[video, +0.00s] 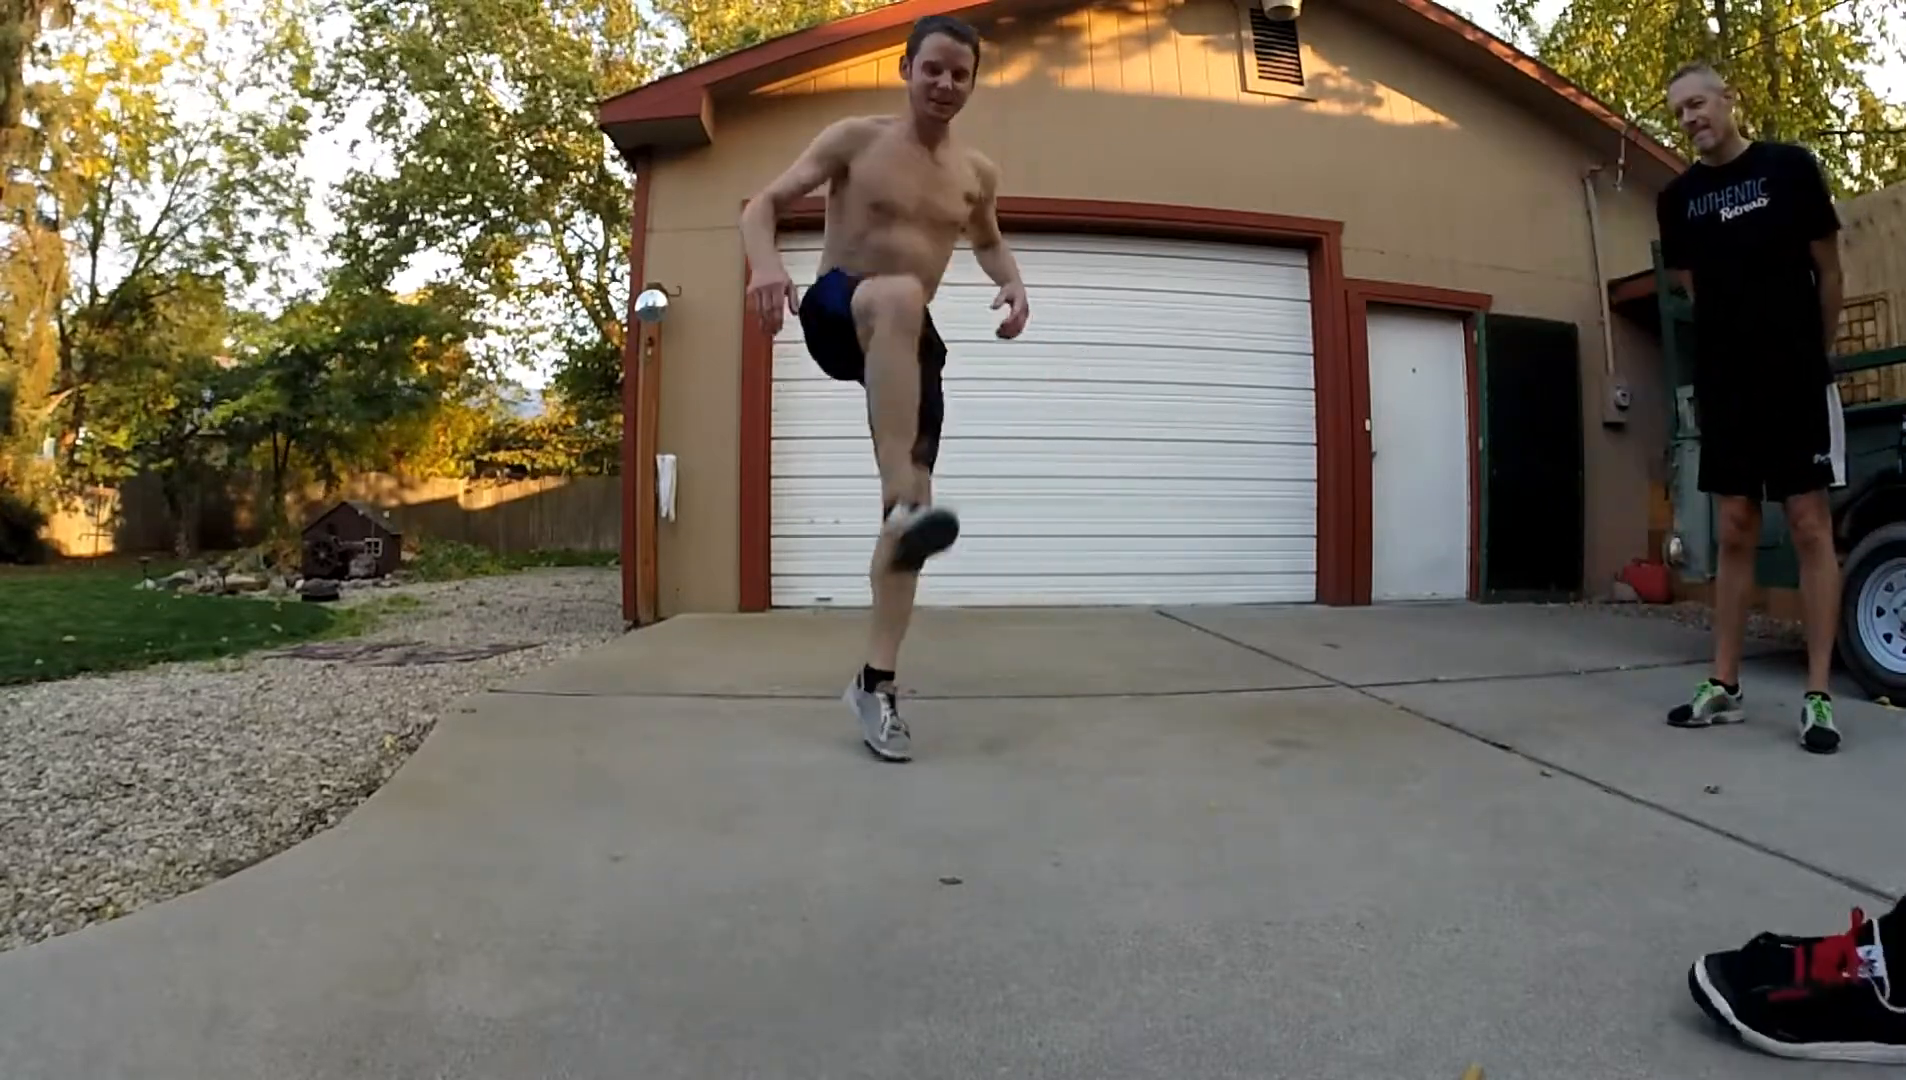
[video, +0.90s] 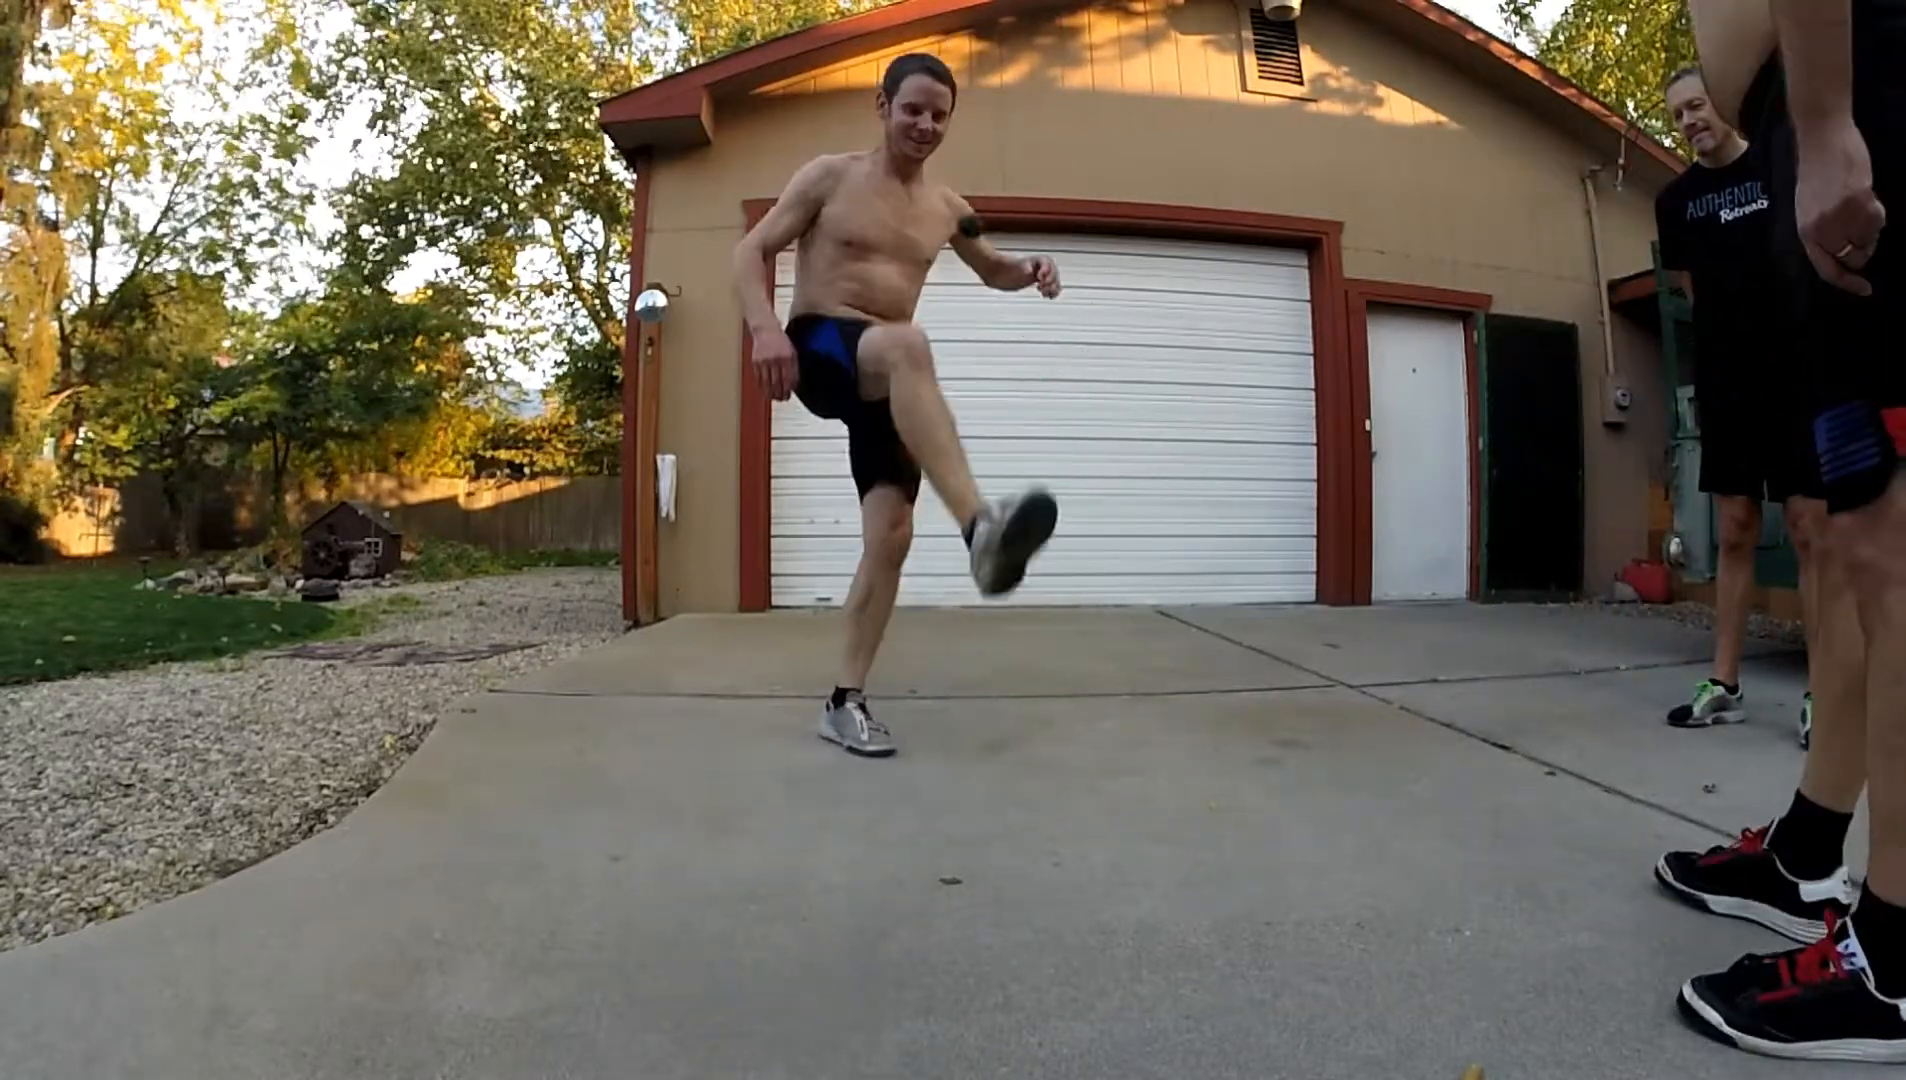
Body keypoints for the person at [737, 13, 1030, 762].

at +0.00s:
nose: (943, 84)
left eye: (958, 73)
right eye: (931, 69)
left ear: (972, 83)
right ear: (907, 72)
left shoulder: (976, 172)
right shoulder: (853, 138)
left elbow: (989, 244)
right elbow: (761, 206)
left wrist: (1015, 288)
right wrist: (764, 265)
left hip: (917, 334)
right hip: (839, 317)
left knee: (910, 509)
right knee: (900, 294)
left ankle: (876, 684)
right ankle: (903, 502)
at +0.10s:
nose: (933, 91)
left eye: (947, 82)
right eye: (923, 77)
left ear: (962, 95)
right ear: (898, 81)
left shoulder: (967, 186)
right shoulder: (845, 152)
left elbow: (971, 265)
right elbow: (766, 231)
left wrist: (1007, 311)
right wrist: (760, 295)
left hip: (916, 348)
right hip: (843, 329)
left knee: (913, 530)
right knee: (885, 420)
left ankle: (860, 701)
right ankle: (881, 636)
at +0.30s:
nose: (922, 124)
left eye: (935, 114)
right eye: (910, 109)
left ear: (947, 126)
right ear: (884, 113)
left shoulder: (957, 215)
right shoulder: (831, 186)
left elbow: (1000, 288)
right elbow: (759, 273)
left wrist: (1047, 297)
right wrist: (770, 348)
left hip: (910, 364)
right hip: (833, 351)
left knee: (913, 550)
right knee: (903, 409)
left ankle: (855, 706)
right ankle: (956, 609)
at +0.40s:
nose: (927, 105)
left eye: (940, 95)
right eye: (914, 91)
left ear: (954, 104)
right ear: (888, 92)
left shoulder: (959, 189)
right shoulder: (835, 162)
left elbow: (1008, 248)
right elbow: (754, 241)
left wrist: (1051, 246)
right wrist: (771, 307)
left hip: (900, 360)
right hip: (827, 347)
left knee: (895, 527)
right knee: (888, 281)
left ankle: (860, 699)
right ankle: (956, 449)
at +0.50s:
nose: (930, 88)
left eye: (943, 78)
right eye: (917, 72)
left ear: (956, 87)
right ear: (888, 73)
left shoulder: (959, 171)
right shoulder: (837, 143)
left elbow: (991, 231)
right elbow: (750, 220)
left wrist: (1040, 238)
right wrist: (768, 276)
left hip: (896, 338)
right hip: (823, 323)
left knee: (886, 509)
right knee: (884, 265)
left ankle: (868, 688)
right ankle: (908, 462)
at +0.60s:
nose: (923, 85)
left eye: (936, 76)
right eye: (910, 71)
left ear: (949, 87)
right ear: (883, 75)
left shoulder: (952, 172)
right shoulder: (832, 145)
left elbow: (975, 245)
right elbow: (757, 229)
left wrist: (1027, 262)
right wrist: (762, 290)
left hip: (902, 336)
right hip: (829, 315)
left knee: (889, 519)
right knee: (886, 372)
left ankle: (854, 690)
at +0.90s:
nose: (925, 124)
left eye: (938, 115)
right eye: (914, 109)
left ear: (949, 124)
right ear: (883, 106)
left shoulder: (947, 207)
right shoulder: (829, 174)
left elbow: (992, 267)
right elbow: (750, 252)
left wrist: (1029, 271)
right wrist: (765, 329)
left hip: (891, 367)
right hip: (820, 344)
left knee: (890, 533)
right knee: (907, 343)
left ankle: (847, 703)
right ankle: (980, 532)